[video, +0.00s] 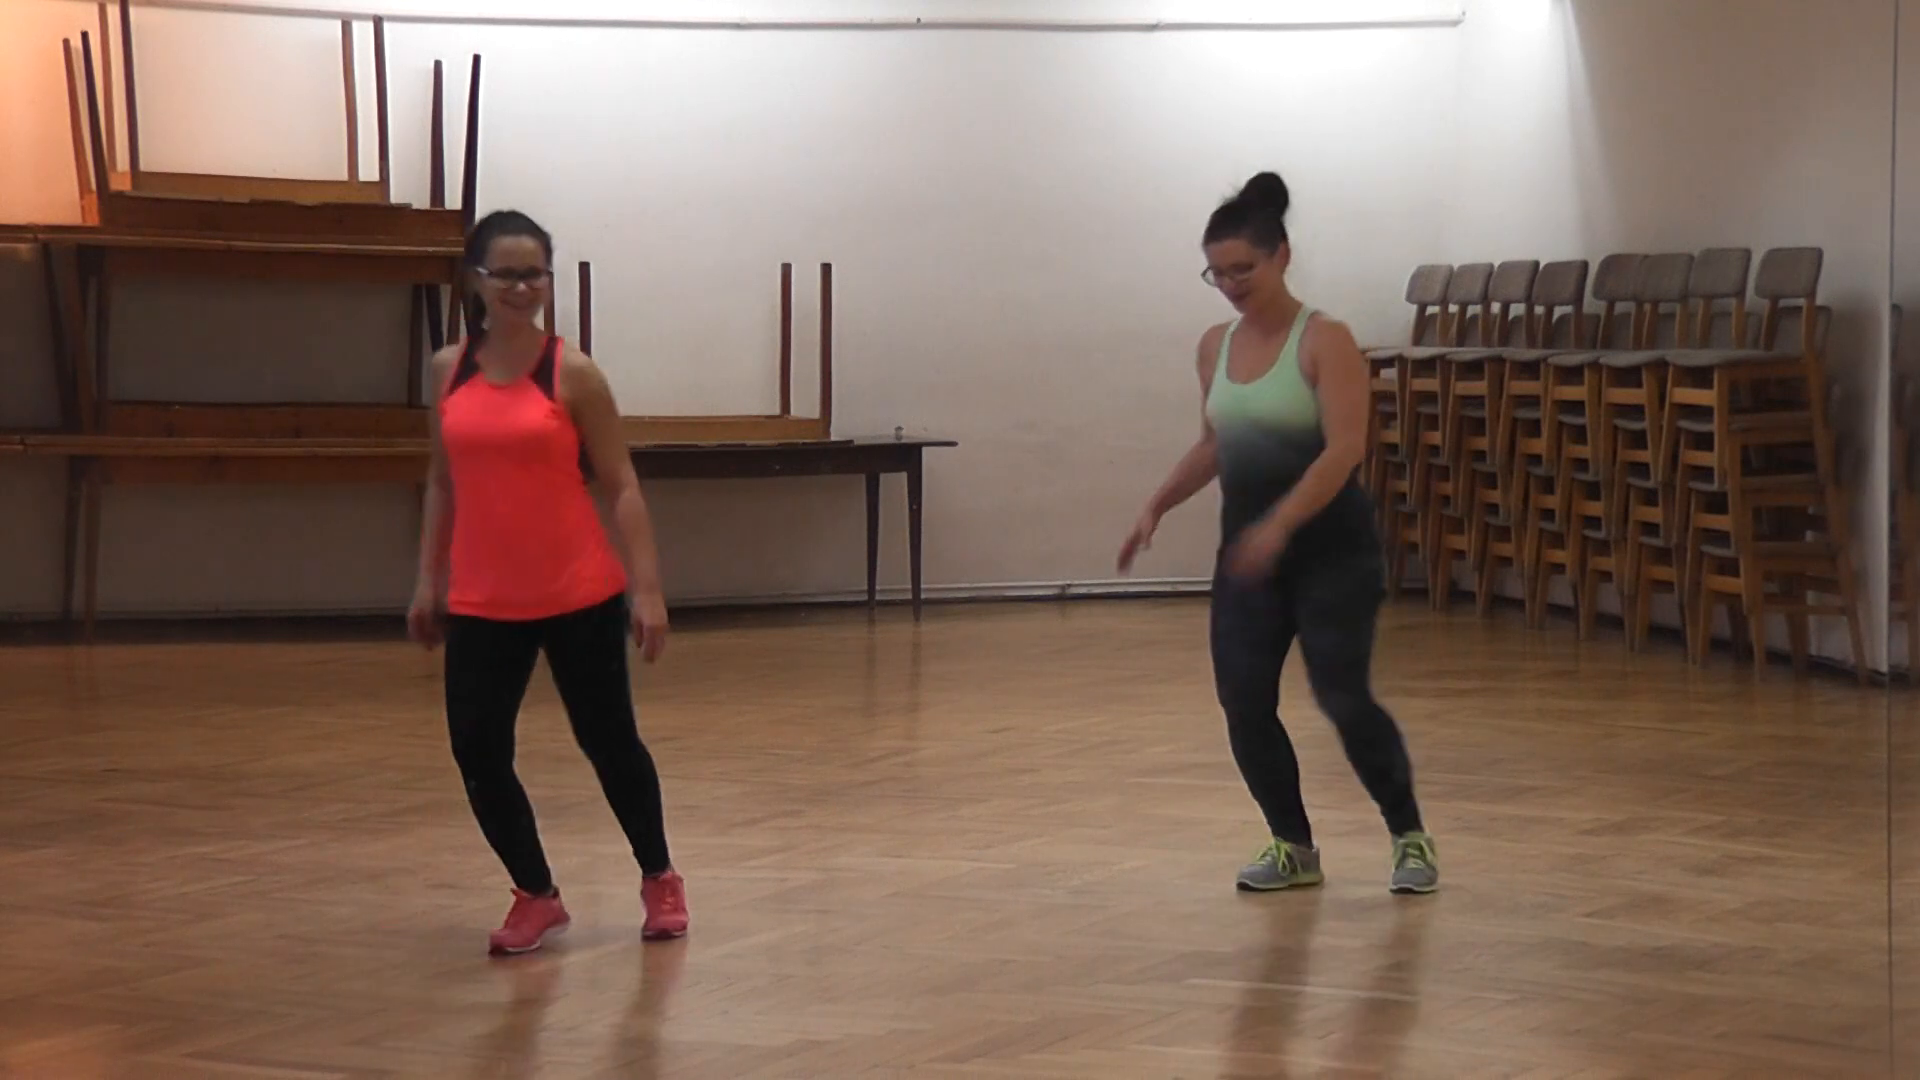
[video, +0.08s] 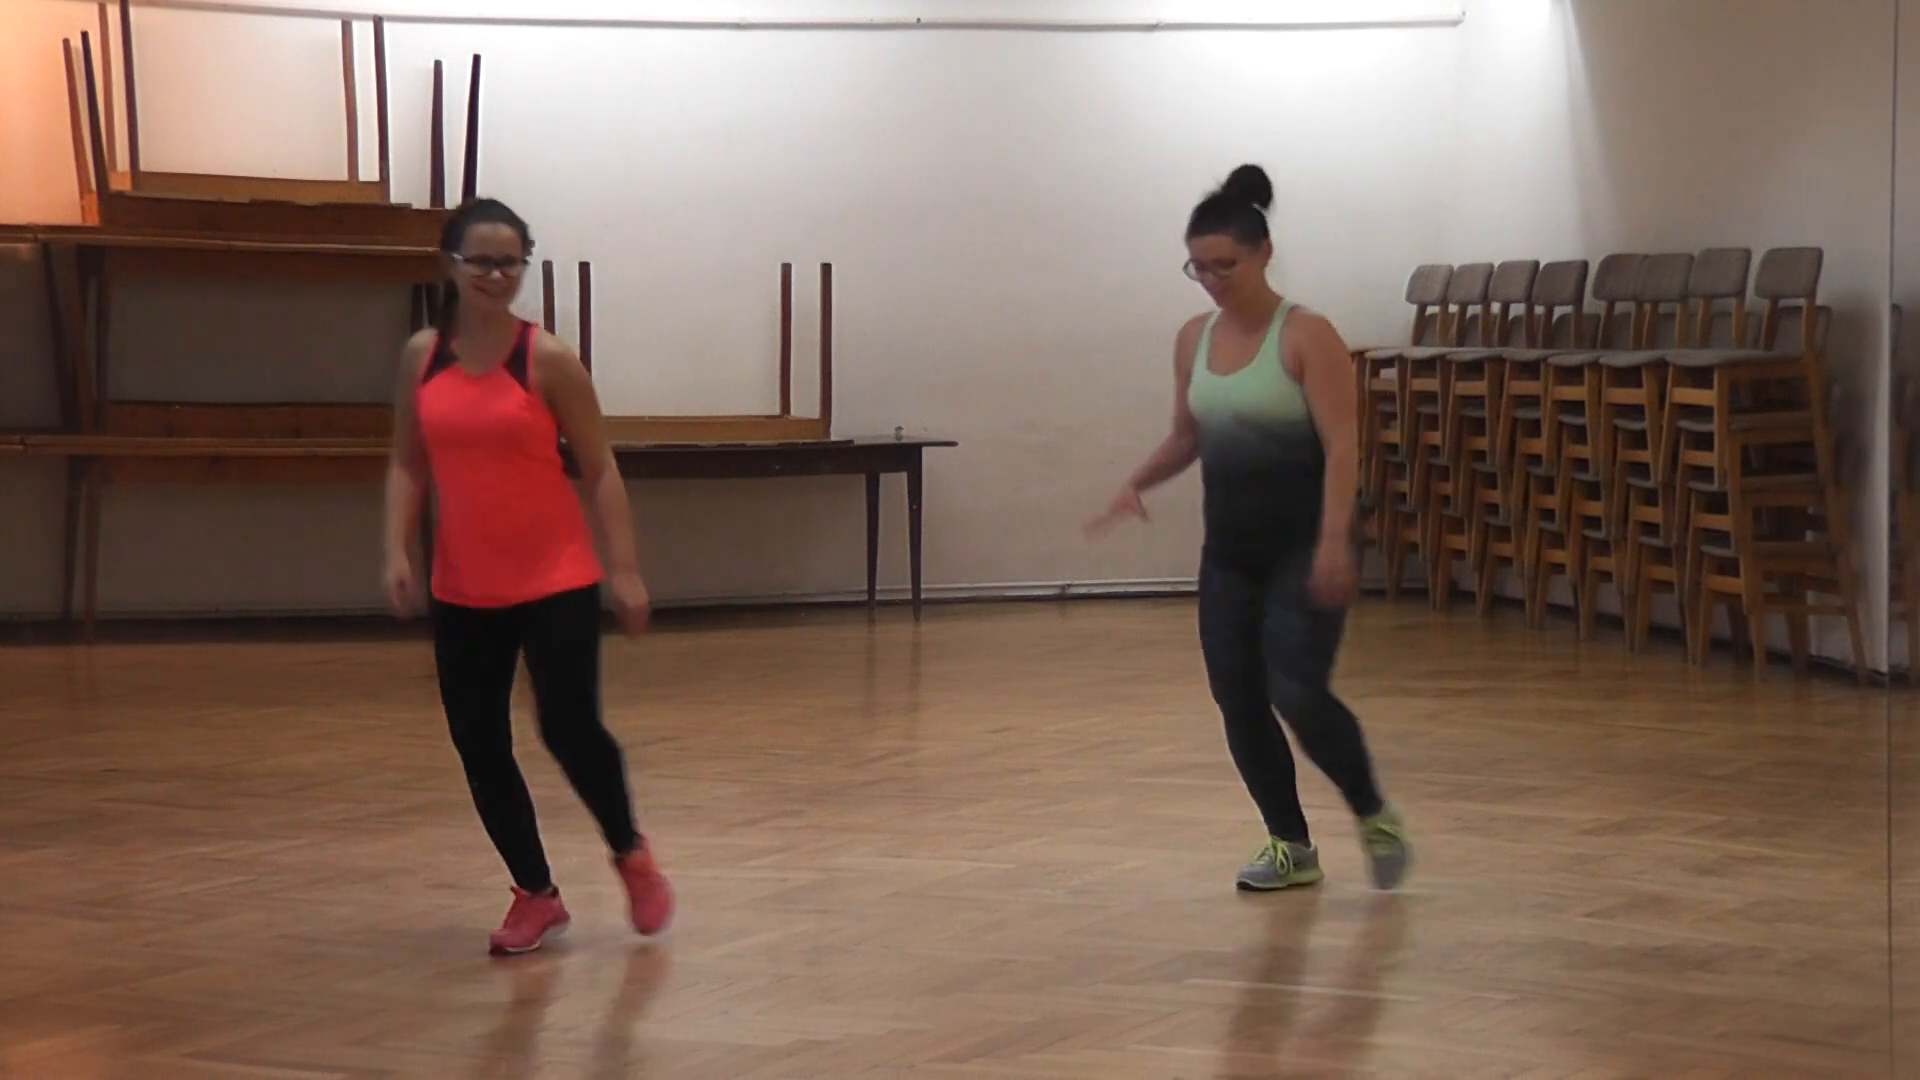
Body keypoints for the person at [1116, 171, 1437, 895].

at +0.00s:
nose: (1230, 285)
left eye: (1241, 269)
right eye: (1219, 273)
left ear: (1282, 256)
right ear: (1211, 270)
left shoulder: (1326, 341)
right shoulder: (1217, 348)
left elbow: (1347, 450)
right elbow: (1218, 444)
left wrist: (1275, 524)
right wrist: (1156, 505)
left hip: (1331, 548)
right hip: (1248, 547)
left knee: (1341, 693)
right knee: (1245, 704)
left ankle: (1409, 835)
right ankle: (1294, 846)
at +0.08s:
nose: (1211, 280)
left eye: (1223, 265)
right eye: (1200, 268)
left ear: (1263, 254)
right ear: (1191, 264)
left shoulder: (1309, 338)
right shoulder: (1196, 340)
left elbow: (1344, 447)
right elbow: (1187, 437)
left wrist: (1334, 540)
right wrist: (1137, 481)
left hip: (1305, 552)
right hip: (1229, 553)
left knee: (1296, 690)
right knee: (1239, 700)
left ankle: (1372, 814)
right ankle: (1291, 845)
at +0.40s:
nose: (1150, 283)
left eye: (1164, 267)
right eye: (1136, 270)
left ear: (1194, 263)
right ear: (1120, 272)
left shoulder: (1236, 349)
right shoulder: (1112, 353)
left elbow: (1313, 432)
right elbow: (1063, 429)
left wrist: (1387, 503)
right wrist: (1033, 405)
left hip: (1221, 550)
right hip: (1149, 558)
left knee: (1146, 685)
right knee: (1227, 702)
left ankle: (1112, 864)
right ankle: (1287, 837)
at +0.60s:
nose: (1113, 265)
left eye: (1127, 252)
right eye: (1098, 253)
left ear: (1145, 259)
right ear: (1073, 261)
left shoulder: (1175, 349)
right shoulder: (1051, 353)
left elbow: (1214, 454)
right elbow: (1011, 443)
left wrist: (1251, 551)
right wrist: (978, 518)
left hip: (1152, 551)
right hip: (1073, 553)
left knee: (1101, 697)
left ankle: (1107, 869)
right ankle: (1159, 793)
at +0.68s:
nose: (1090, 258)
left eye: (1103, 246)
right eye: (1074, 246)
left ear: (1122, 254)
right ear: (1050, 254)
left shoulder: (1152, 345)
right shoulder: (1021, 346)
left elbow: (1185, 450)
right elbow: (975, 445)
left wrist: (1190, 544)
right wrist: (945, 533)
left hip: (1129, 557)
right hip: (1043, 555)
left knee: (1100, 707)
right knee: (992, 697)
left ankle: (1109, 866)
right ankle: (1061, 823)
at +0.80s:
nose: (1058, 244)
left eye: (1070, 231)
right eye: (1041, 232)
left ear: (1087, 239)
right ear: (1012, 240)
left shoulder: (1112, 331)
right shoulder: (973, 328)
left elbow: (1138, 435)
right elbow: (931, 430)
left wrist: (1098, 503)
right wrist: (908, 516)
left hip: (1088, 539)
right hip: (996, 541)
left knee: (1089, 703)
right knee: (974, 700)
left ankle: (1109, 868)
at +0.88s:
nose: (1034, 249)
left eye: (1046, 235)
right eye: (1017, 236)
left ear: (1062, 242)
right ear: (986, 244)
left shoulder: (1083, 335)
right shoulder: (946, 328)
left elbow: (1105, 436)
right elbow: (899, 427)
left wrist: (1047, 476)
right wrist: (887, 507)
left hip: (1050, 545)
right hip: (960, 545)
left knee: (1071, 707)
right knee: (953, 711)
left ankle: (1106, 867)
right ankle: (915, 877)